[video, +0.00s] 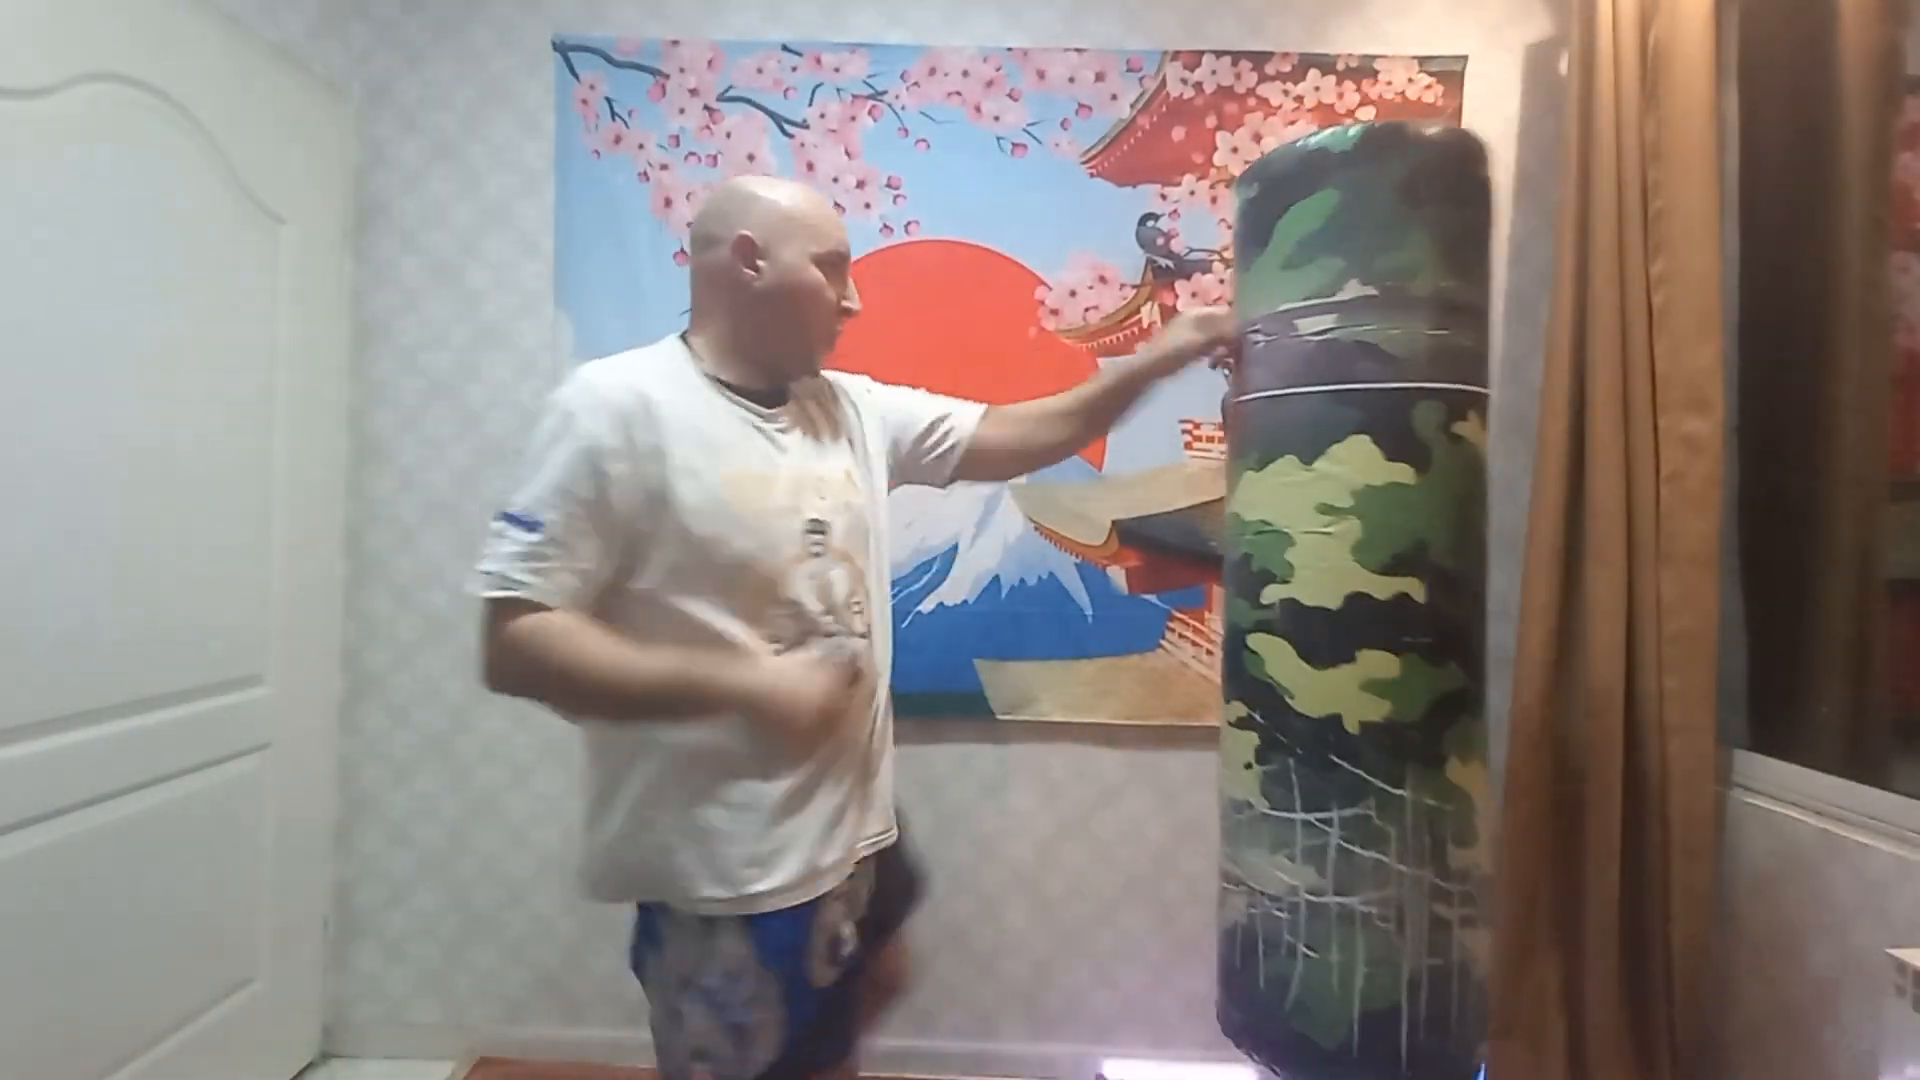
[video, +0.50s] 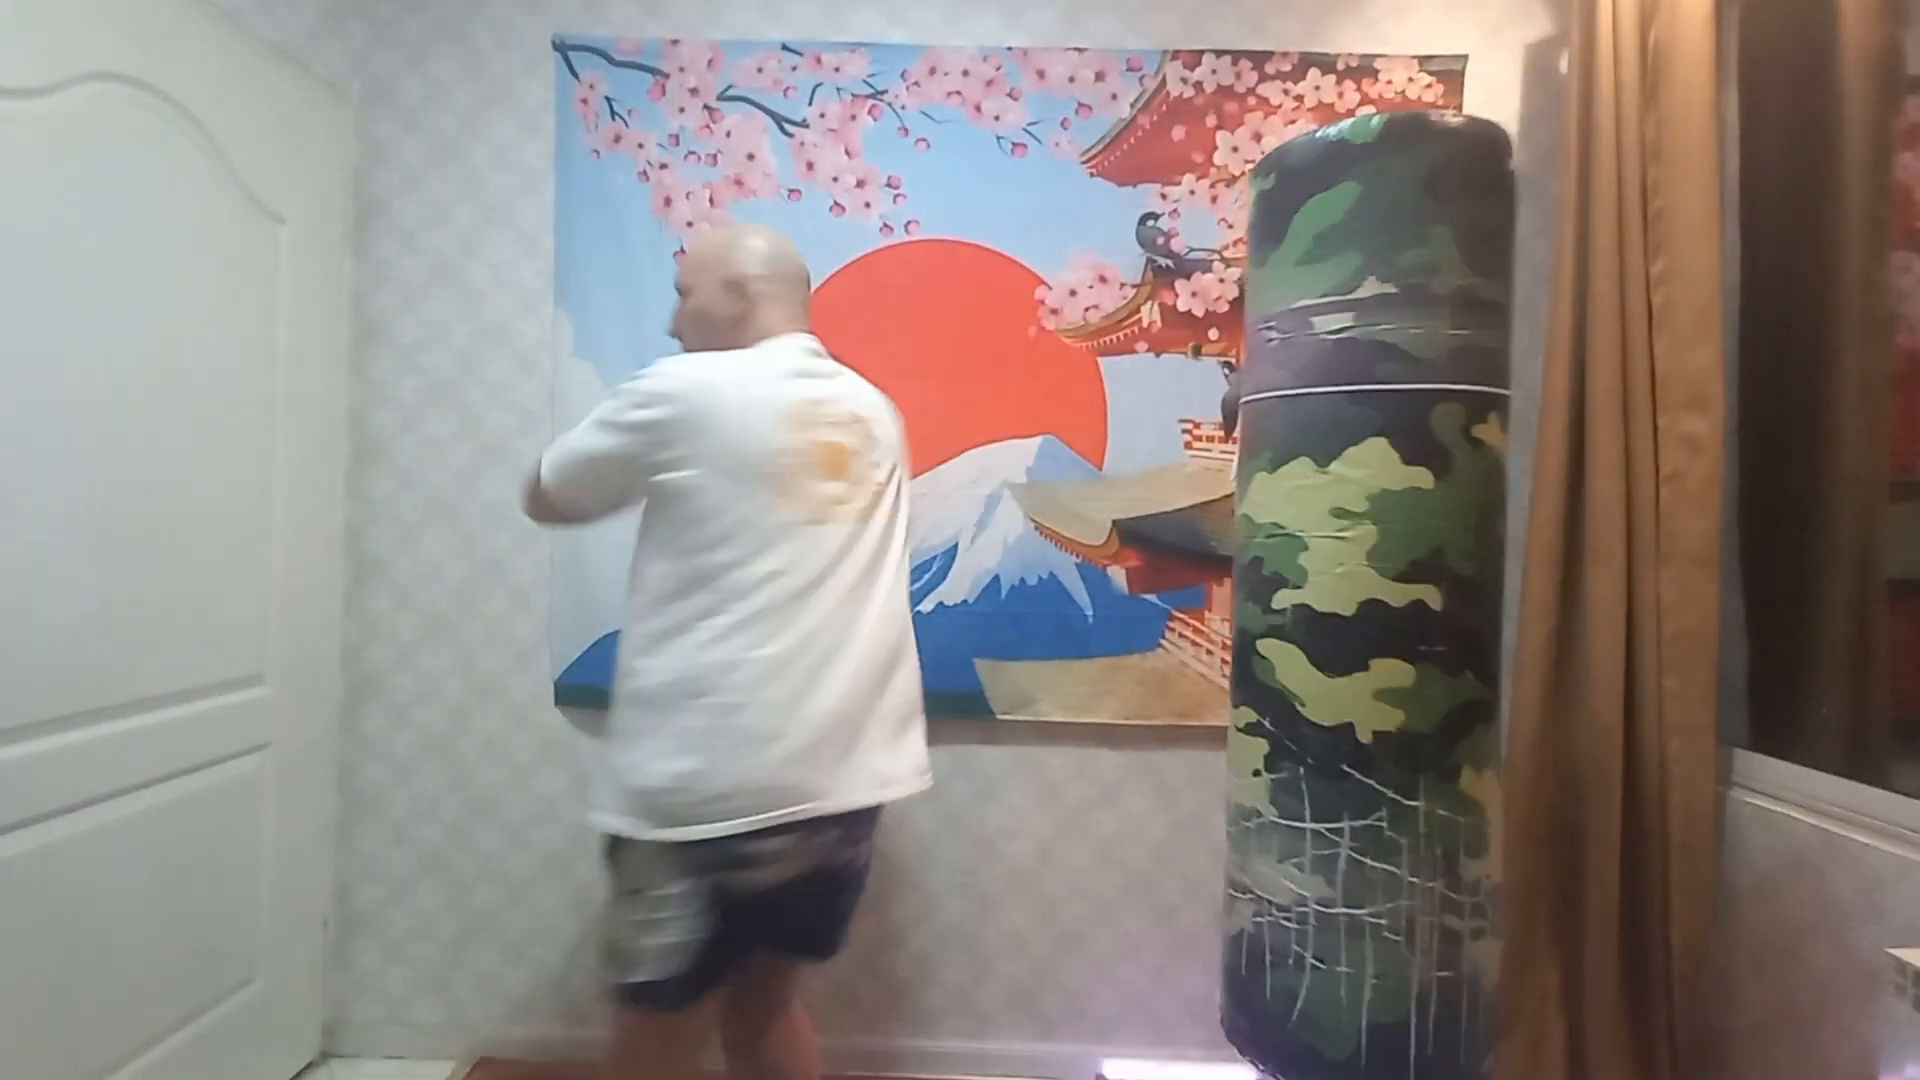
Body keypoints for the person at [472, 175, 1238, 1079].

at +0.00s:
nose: (854, 295)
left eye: (848, 268)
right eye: (831, 268)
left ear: (757, 264)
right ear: (747, 265)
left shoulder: (854, 410)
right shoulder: (611, 409)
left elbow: (1019, 434)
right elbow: (516, 642)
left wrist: (1162, 356)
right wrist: (747, 680)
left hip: (858, 853)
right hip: (724, 893)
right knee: (732, 1065)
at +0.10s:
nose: (862, 307)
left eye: (859, 281)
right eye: (844, 277)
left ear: (770, 277)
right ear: (767, 273)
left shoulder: (794, 410)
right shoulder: (685, 394)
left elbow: (915, 492)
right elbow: (652, 624)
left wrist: (1016, 407)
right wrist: (882, 547)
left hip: (823, 855)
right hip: (749, 877)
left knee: (831, 1059)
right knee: (766, 1066)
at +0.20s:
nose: (861, 316)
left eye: (859, 289)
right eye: (848, 286)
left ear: (763, 285)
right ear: (780, 281)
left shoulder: (669, 389)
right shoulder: (782, 391)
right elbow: (963, 496)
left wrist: (933, 449)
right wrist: (1089, 399)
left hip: (646, 831)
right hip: (771, 856)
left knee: (684, 1046)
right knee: (813, 1062)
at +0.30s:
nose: (843, 325)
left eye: (841, 301)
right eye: (837, 300)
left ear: (718, 292)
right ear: (791, 295)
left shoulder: (618, 402)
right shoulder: (850, 398)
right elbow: (1058, 443)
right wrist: (1155, 368)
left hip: (610, 810)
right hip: (779, 812)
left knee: (637, 1051)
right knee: (813, 1058)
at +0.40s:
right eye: (808, 292)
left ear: (704, 298)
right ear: (812, 303)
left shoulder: (613, 406)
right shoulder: (885, 411)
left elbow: (591, 524)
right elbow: (994, 486)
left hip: (639, 808)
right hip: (809, 805)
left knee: (638, 1058)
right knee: (784, 1038)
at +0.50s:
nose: (674, 312)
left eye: (686, 293)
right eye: (678, 291)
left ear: (740, 295)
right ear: (782, 298)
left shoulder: (683, 395)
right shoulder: (876, 411)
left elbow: (549, 494)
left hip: (696, 803)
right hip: (841, 792)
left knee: (654, 1044)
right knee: (768, 1011)